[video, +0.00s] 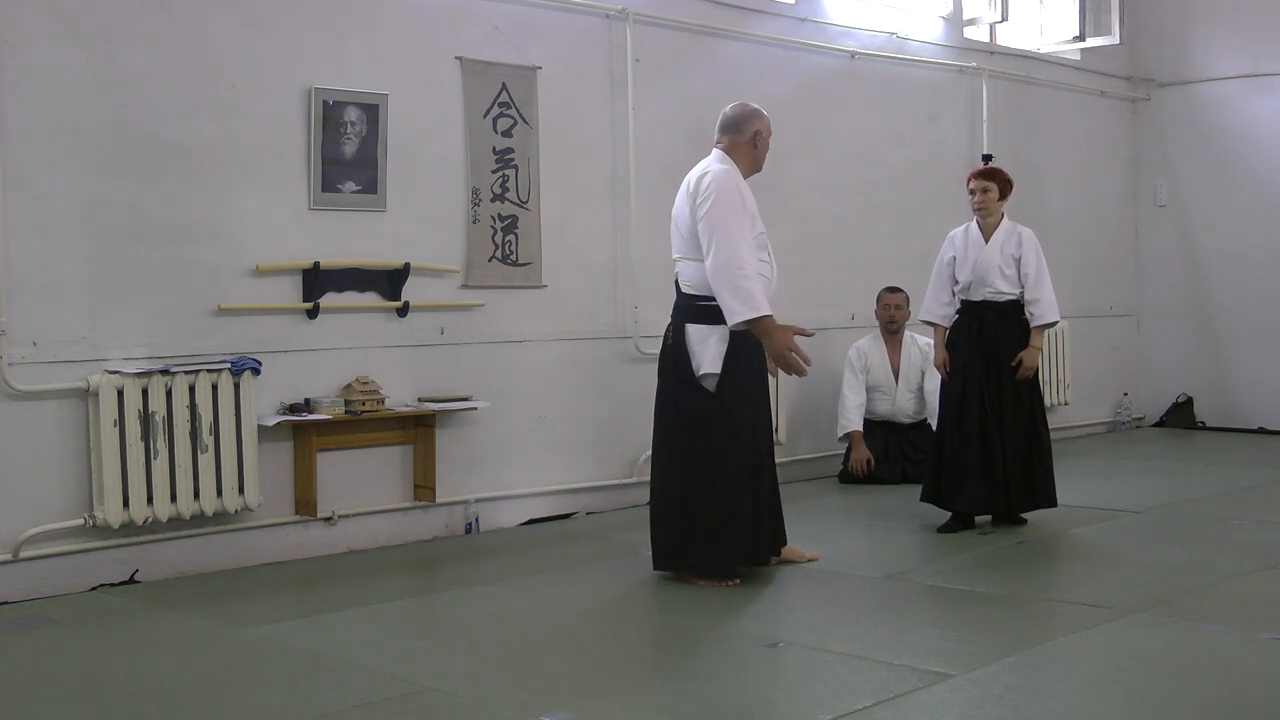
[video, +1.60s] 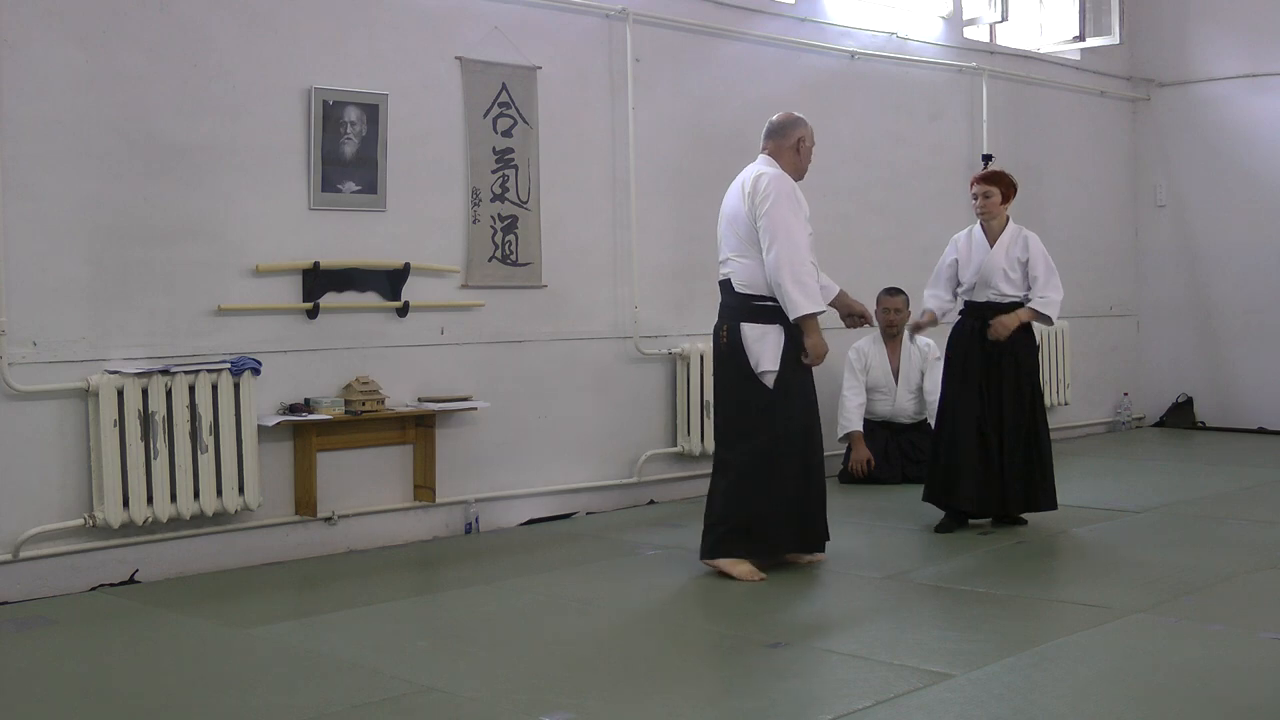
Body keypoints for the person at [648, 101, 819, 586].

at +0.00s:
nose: (769, 153)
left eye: (769, 143)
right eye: (768, 142)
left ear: (725, 135)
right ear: (756, 139)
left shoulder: (716, 178)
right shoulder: (718, 181)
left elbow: (733, 267)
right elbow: (727, 268)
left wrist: (770, 324)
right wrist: (768, 336)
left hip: (731, 330)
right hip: (711, 332)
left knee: (749, 441)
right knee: (704, 447)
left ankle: (763, 541)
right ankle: (693, 559)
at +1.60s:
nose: (811, 158)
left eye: (811, 150)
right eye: (810, 149)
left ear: (773, 143)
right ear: (799, 146)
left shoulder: (757, 179)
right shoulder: (774, 183)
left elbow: (794, 261)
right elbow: (785, 259)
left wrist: (841, 300)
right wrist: (810, 327)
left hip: (760, 318)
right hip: (759, 320)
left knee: (788, 431)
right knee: (752, 435)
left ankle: (784, 540)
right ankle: (728, 549)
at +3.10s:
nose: (791, 137)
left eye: (789, 128)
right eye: (783, 129)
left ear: (750, 133)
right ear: (751, 133)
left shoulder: (740, 179)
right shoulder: (735, 183)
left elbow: (768, 260)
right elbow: (745, 265)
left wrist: (811, 297)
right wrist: (768, 336)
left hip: (746, 329)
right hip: (734, 334)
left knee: (760, 445)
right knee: (741, 449)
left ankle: (769, 549)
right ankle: (737, 561)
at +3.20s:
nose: (788, 137)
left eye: (787, 129)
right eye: (780, 129)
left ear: (746, 133)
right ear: (748, 133)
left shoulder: (735, 179)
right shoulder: (734, 183)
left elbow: (766, 261)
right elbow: (743, 266)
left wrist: (810, 298)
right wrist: (767, 336)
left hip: (742, 330)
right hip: (732, 335)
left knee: (758, 445)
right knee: (740, 449)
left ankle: (766, 549)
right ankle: (736, 561)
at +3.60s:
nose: (786, 136)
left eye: (785, 128)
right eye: (777, 128)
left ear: (745, 133)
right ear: (744, 132)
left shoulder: (745, 183)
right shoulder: (730, 181)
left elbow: (770, 262)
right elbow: (739, 261)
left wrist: (809, 305)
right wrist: (766, 330)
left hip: (755, 328)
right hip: (730, 331)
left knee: (773, 440)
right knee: (735, 448)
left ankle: (783, 539)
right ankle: (733, 559)